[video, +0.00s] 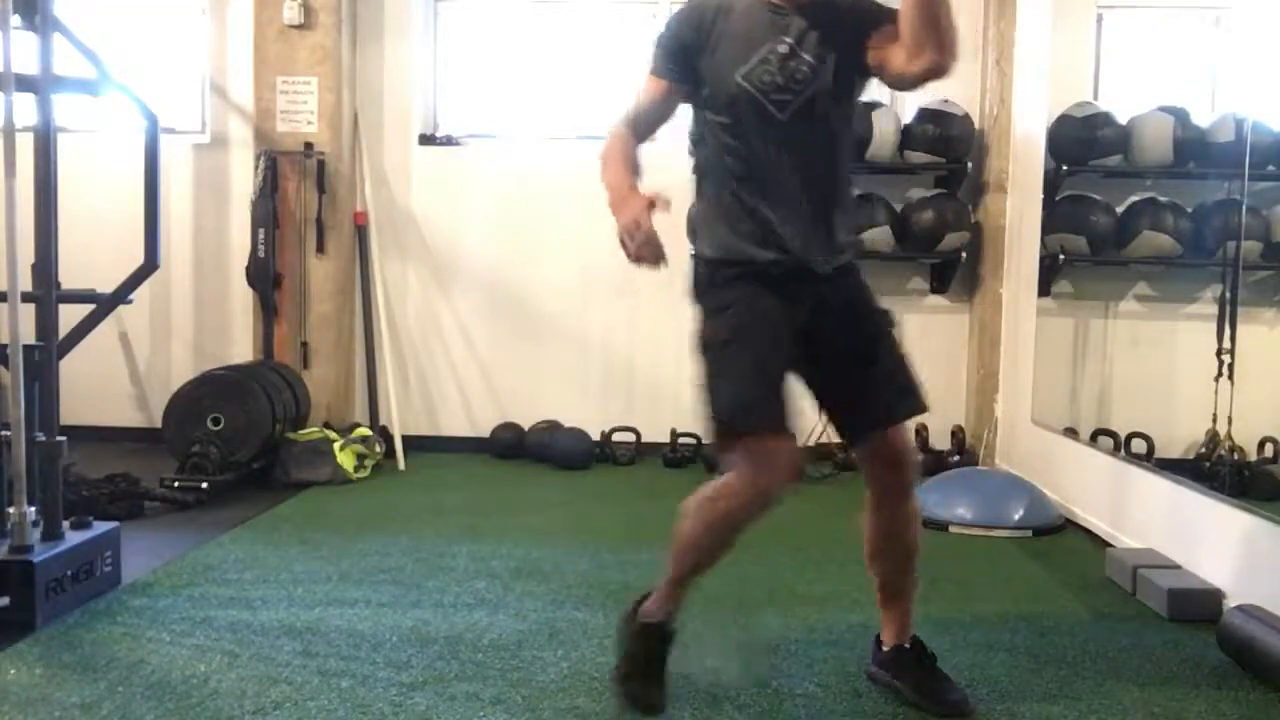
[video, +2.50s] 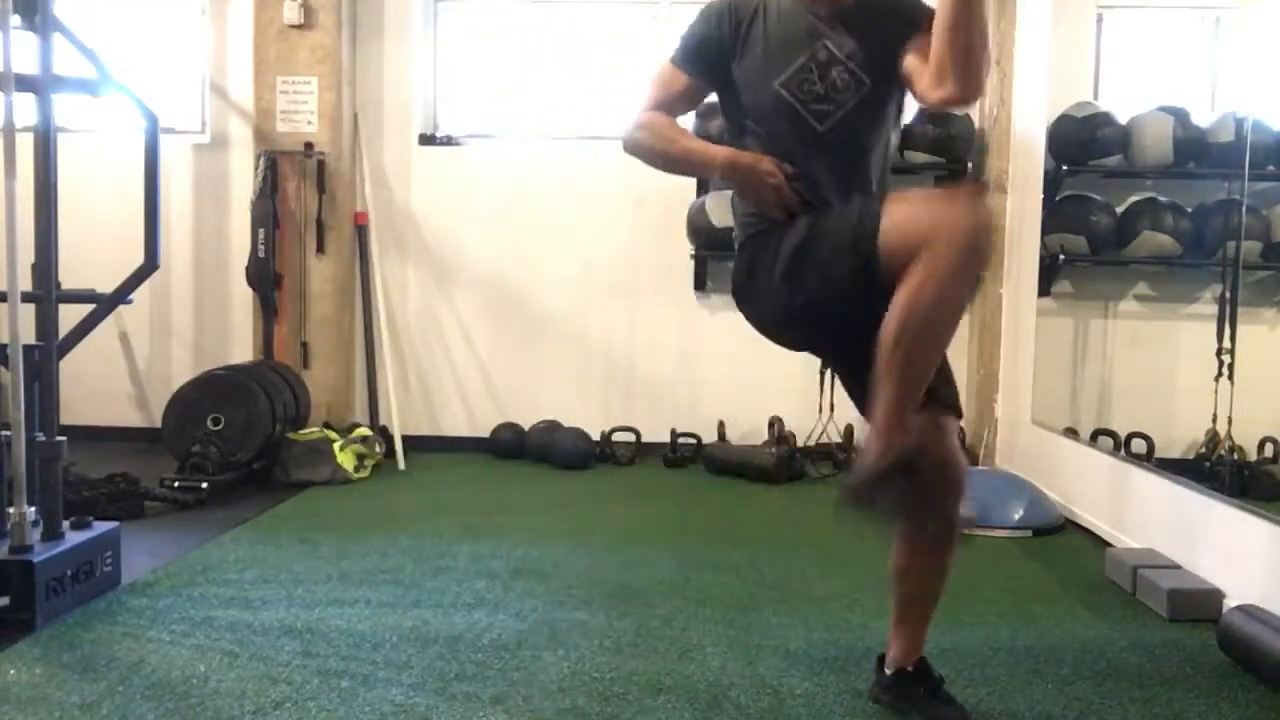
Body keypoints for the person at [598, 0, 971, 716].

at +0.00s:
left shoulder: (850, 18)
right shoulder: (708, 15)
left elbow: (929, 54)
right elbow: (624, 136)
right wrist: (625, 199)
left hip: (828, 271)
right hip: (738, 268)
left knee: (895, 460)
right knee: (766, 466)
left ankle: (897, 648)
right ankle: (655, 615)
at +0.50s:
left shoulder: (669, 24)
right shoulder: (524, 8)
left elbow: (707, 143)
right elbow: (413, 19)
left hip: (627, 262)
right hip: (527, 259)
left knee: (681, 466)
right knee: (462, 458)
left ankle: (719, 637)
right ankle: (419, 646)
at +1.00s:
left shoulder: (570, 15)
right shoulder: (423, 10)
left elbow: (668, 108)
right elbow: (337, 64)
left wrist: (737, 206)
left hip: (510, 241)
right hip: (434, 244)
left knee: (320, 115)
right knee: (373, 453)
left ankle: (325, 352)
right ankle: (415, 645)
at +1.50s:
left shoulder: (641, 9)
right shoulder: (476, 8)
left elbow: (748, 82)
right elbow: (356, 21)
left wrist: (798, 169)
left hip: (612, 267)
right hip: (515, 265)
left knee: (629, 465)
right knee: (459, 448)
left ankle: (667, 646)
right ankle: (427, 646)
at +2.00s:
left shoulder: (837, 7)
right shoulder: (681, 16)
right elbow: (613, 145)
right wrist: (686, 161)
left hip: (834, 266)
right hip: (738, 274)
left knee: (900, 470)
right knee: (695, 480)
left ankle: (905, 667)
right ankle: (571, 611)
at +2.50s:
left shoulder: (891, 14)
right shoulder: (736, 16)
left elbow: (955, 85)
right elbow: (644, 129)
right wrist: (731, 164)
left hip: (868, 272)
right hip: (778, 262)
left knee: (937, 465)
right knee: (959, 216)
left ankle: (902, 666)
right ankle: (887, 445)